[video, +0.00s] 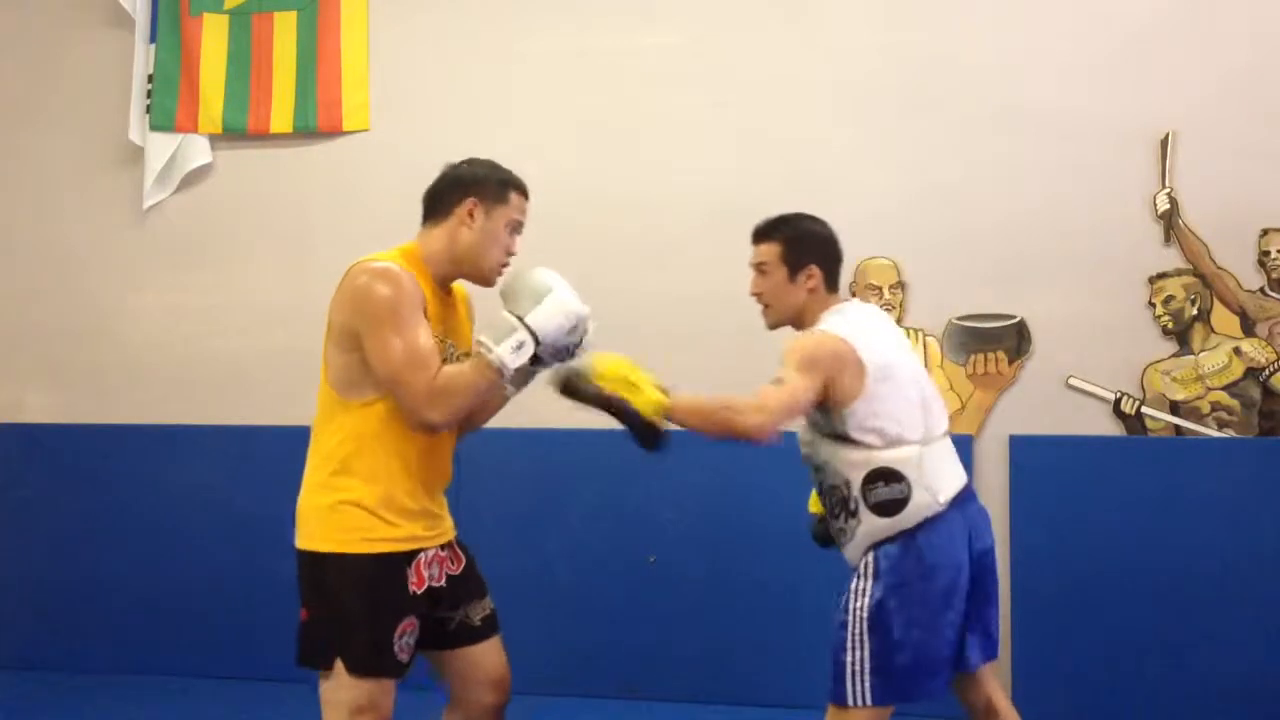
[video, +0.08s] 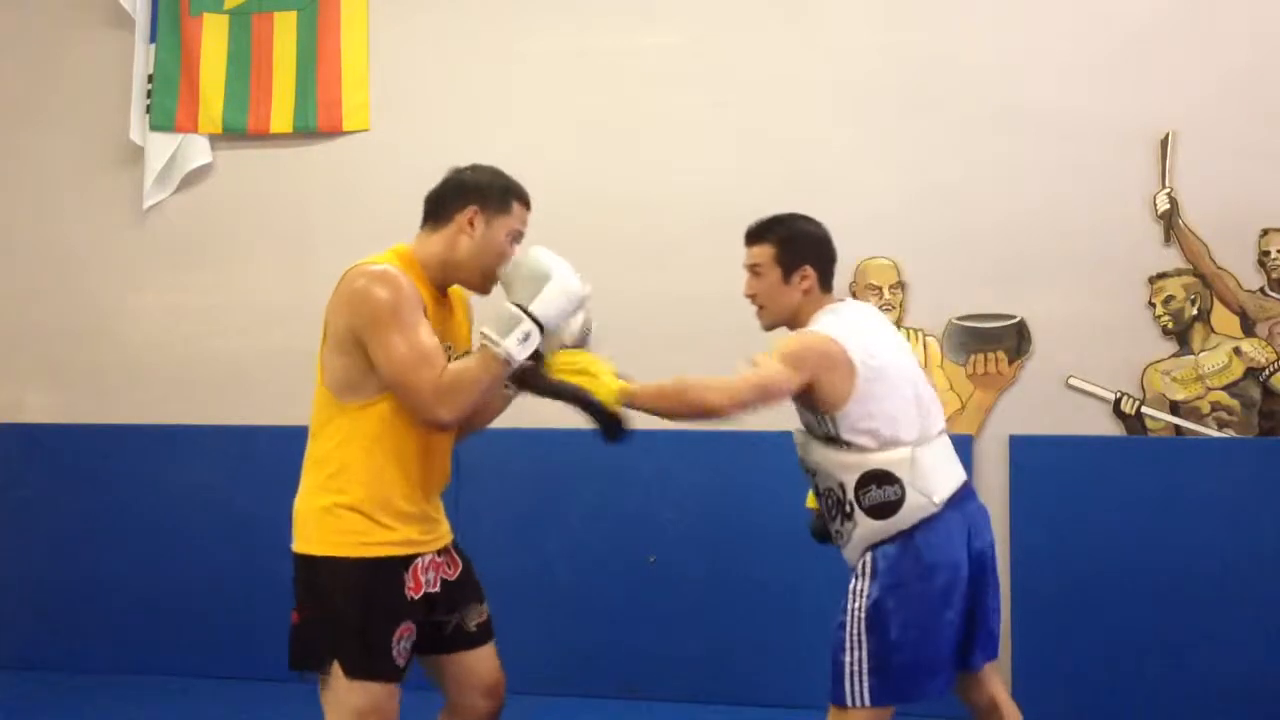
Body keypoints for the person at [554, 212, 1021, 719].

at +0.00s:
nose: (752, 287)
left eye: (763, 272)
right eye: (753, 272)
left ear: (810, 280)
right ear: (813, 281)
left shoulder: (820, 345)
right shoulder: (872, 321)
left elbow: (757, 420)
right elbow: (914, 420)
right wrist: (845, 490)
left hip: (905, 548)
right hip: (960, 527)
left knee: (856, 707)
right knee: (981, 688)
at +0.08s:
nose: (746, 288)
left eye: (757, 273)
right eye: (747, 273)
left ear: (803, 281)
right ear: (808, 280)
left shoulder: (811, 346)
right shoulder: (867, 322)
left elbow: (725, 397)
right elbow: (910, 414)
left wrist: (624, 393)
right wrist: (840, 486)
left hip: (903, 549)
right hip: (961, 526)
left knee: (857, 706)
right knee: (981, 685)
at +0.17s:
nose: (743, 292)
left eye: (752, 276)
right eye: (743, 277)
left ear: (799, 280)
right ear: (805, 281)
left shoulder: (800, 349)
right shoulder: (862, 320)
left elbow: (690, 386)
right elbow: (920, 409)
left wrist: (589, 384)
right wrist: (843, 488)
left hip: (906, 548)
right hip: (965, 524)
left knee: (860, 709)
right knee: (986, 689)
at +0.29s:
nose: (738, 298)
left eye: (748, 282)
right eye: (739, 282)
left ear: (795, 287)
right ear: (800, 287)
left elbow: (675, 369)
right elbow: (926, 409)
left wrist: (570, 374)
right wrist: (842, 488)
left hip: (910, 551)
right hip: (969, 525)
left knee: (861, 709)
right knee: (993, 691)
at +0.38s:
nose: (745, 297)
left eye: (754, 281)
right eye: (745, 282)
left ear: (801, 285)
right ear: (809, 285)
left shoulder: (800, 350)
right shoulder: (867, 322)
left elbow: (684, 376)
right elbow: (914, 411)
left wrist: (579, 380)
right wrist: (830, 477)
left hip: (911, 550)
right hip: (970, 526)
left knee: (859, 710)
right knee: (993, 693)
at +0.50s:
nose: (766, 289)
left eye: (777, 274)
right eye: (767, 274)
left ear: (823, 279)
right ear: (827, 279)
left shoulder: (828, 344)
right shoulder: (885, 325)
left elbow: (753, 402)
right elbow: (909, 424)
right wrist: (829, 468)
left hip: (911, 550)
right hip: (970, 530)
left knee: (862, 708)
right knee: (986, 693)